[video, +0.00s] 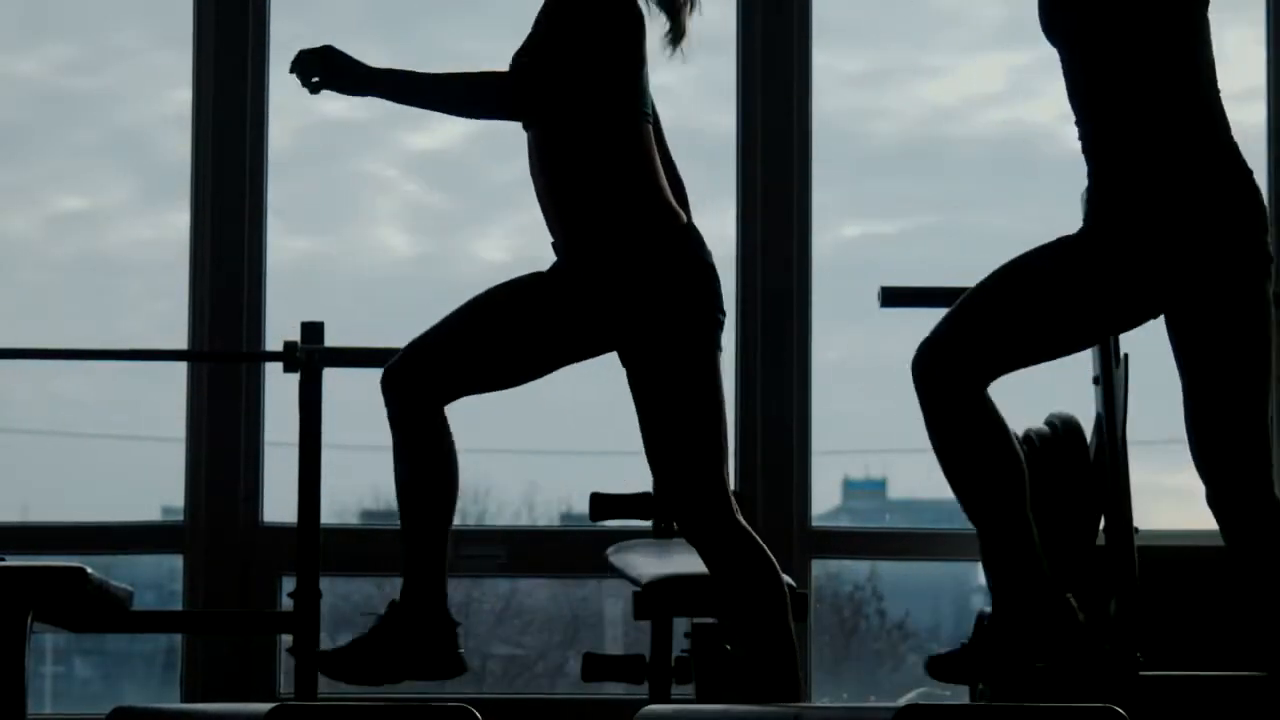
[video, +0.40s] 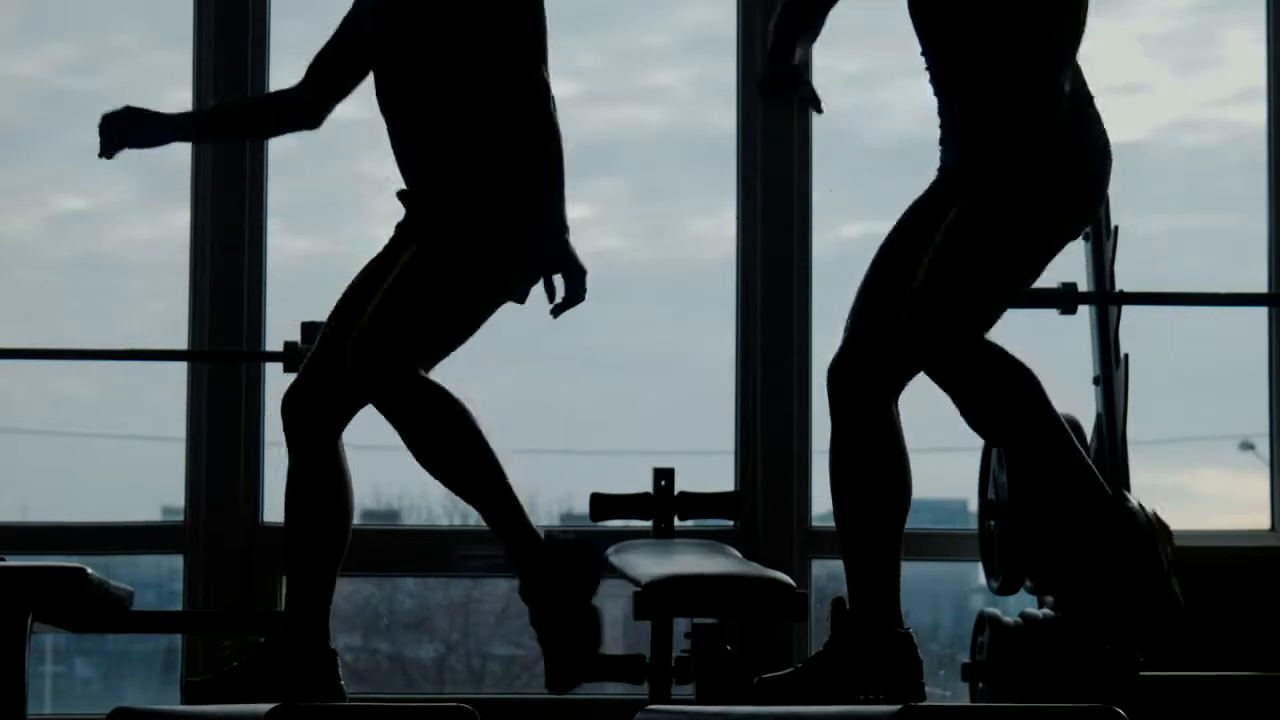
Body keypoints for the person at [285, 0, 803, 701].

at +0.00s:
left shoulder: (593, 12)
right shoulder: (579, 15)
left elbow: (521, 96)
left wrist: (369, 80)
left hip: (655, 280)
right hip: (595, 276)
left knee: (701, 506)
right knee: (414, 382)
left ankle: (782, 693)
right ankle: (422, 623)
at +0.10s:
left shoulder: (547, 26)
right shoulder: (538, 28)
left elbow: (452, 121)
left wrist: (300, 126)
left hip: (614, 303)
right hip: (553, 303)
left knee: (696, 509)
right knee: (367, 406)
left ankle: (783, 694)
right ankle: (316, 649)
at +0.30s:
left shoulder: (456, 11)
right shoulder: (477, 8)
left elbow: (426, 170)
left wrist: (287, 244)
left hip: (475, 264)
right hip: (518, 264)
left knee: (293, 416)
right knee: (518, 484)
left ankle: (302, 653)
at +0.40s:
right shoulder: (382, 6)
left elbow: (532, 101)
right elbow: (307, 103)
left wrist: (553, 226)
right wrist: (170, 127)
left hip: (501, 223)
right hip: (432, 223)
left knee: (388, 371)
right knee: (309, 410)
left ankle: (544, 573)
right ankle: (304, 646)